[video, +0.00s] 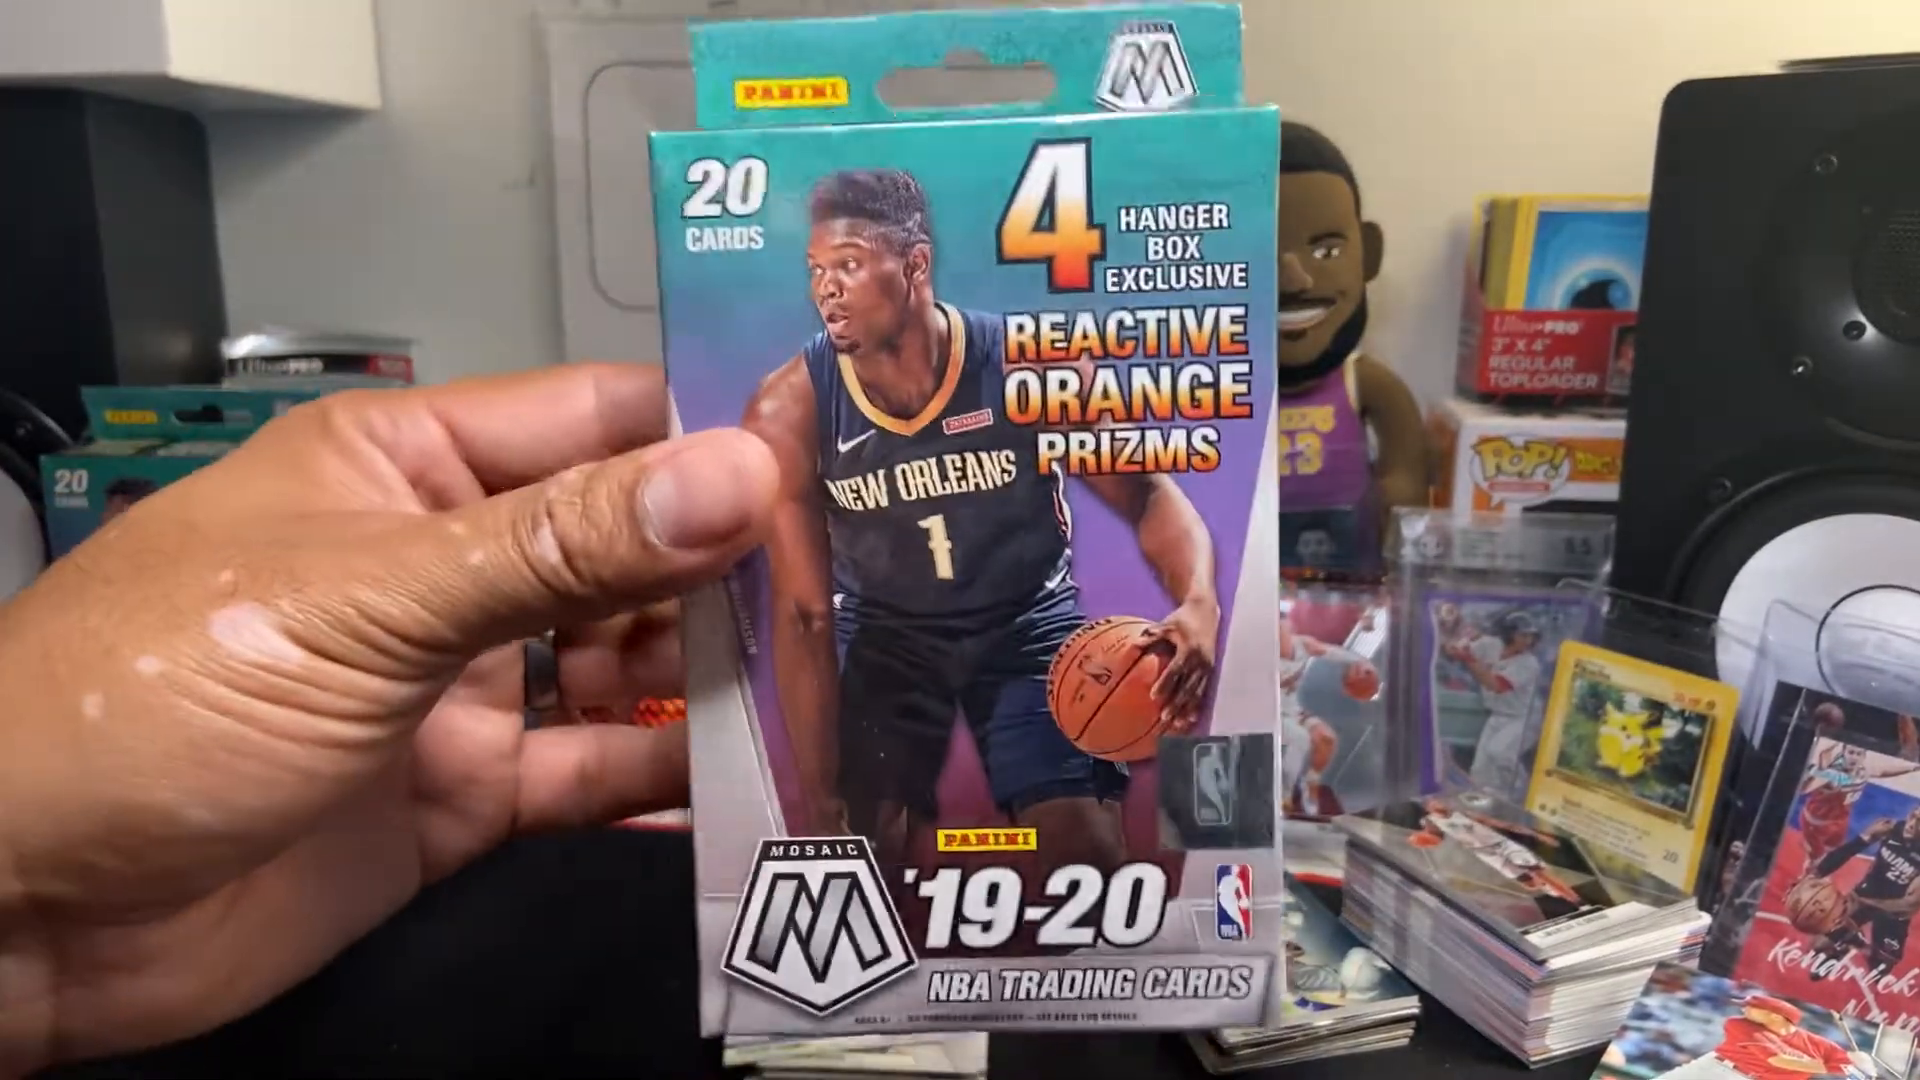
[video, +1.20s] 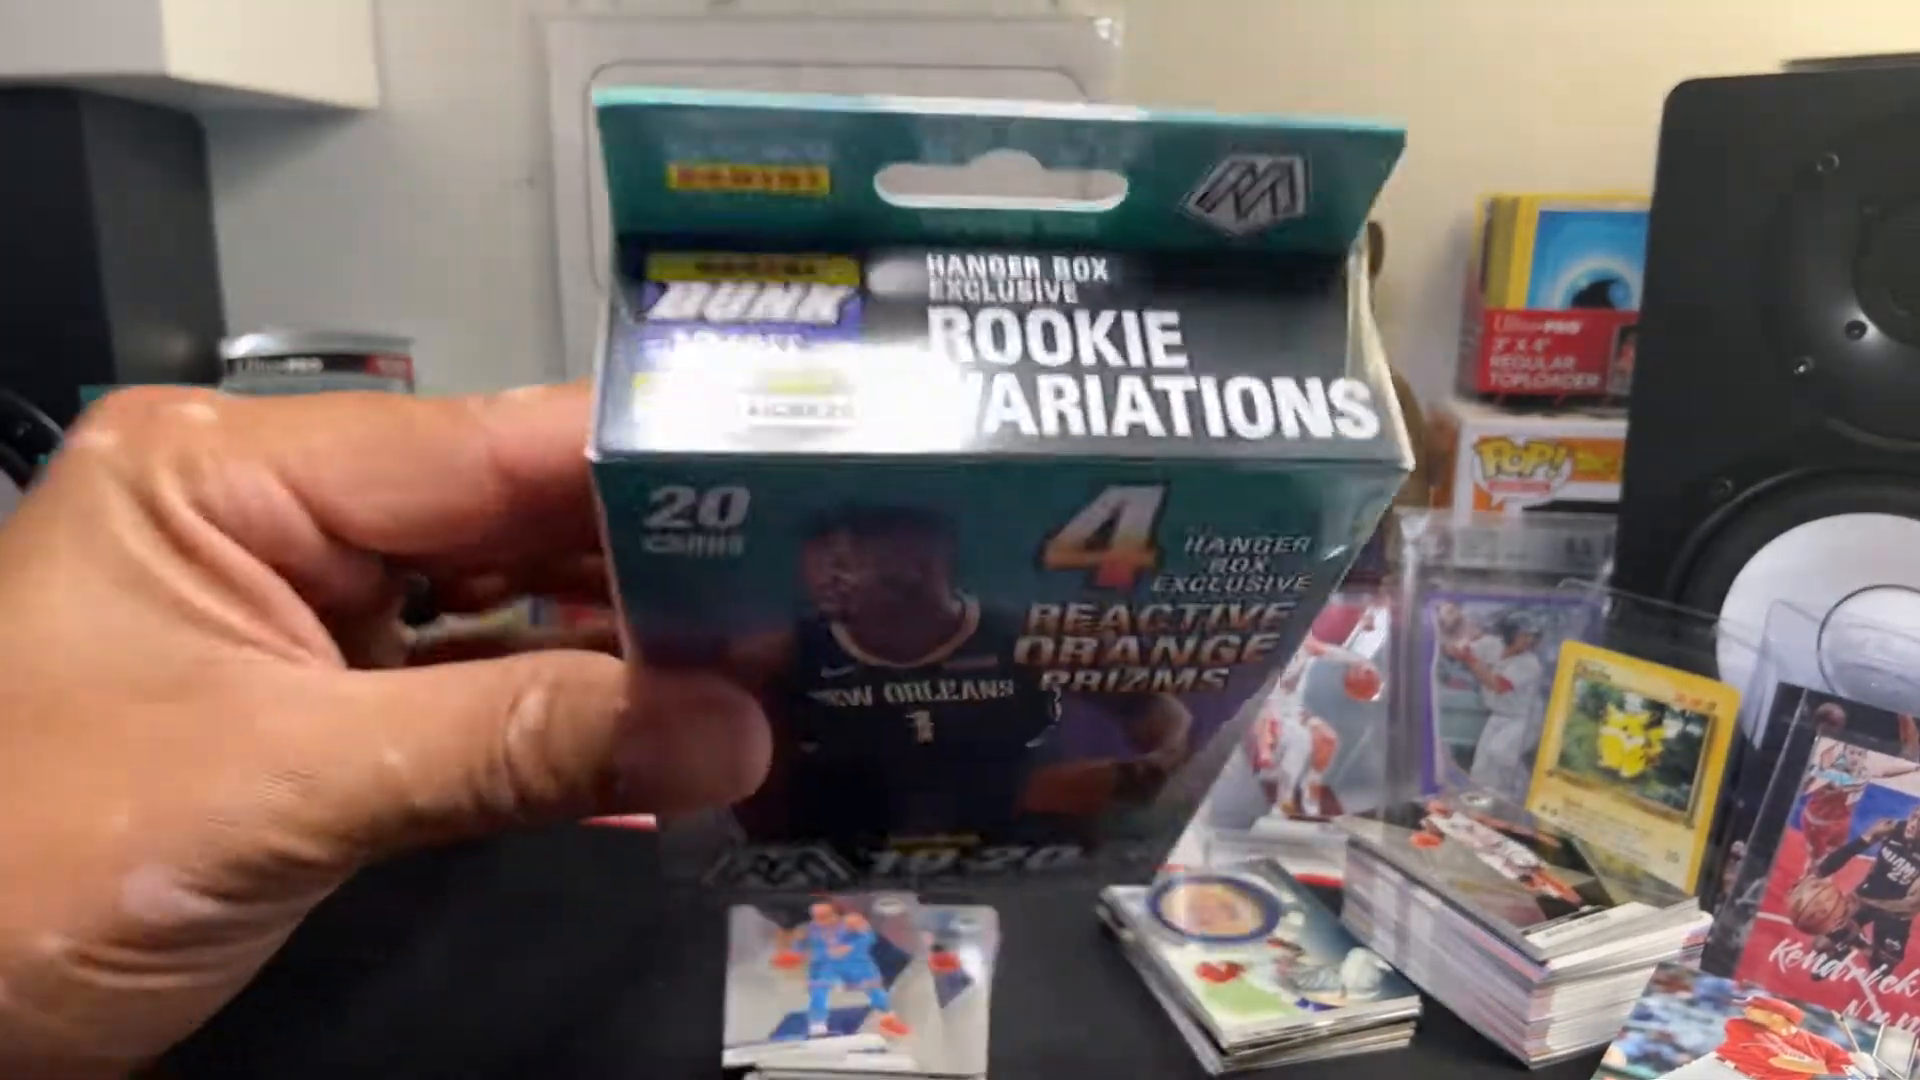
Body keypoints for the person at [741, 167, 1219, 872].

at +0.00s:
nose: (825, 291)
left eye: (847, 266)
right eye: (816, 271)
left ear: (917, 267)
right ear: (809, 278)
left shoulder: (1024, 366)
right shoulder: (791, 409)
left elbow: (1144, 495)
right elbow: (803, 616)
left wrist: (1199, 602)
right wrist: (817, 798)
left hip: (1031, 625)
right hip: (888, 635)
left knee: (1082, 848)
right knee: (866, 848)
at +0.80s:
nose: (790, 376)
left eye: (811, 351)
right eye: (780, 357)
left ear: (876, 352)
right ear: (773, 364)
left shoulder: (976, 444)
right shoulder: (757, 487)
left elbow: (1092, 565)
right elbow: (769, 680)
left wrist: (1143, 669)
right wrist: (786, 853)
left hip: (985, 694)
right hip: (855, 707)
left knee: (1038, 893)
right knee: (824, 903)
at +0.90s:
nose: (802, 398)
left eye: (823, 375)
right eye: (792, 378)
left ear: (892, 374)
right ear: (785, 383)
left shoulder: (997, 469)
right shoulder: (767, 512)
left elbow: (1113, 595)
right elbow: (780, 707)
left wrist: (1162, 694)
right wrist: (789, 884)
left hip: (996, 733)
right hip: (865, 743)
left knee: (1052, 917)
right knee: (849, 943)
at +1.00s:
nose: (862, 470)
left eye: (883, 443)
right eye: (839, 449)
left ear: (927, 451)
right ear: (814, 466)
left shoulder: (1026, 553)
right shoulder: (794, 588)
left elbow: (1147, 662)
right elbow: (793, 762)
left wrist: (1181, 761)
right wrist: (810, 922)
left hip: (1014, 820)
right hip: (875, 828)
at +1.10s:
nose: (878, 572)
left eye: (896, 553)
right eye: (862, 555)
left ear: (947, 555)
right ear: (836, 567)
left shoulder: (1034, 641)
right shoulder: (808, 663)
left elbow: (1155, 717)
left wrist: (1171, 782)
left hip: (1017, 915)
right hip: (864, 919)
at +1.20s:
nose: (832, 579)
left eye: (854, 563)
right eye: (826, 562)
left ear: (926, 563)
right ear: (813, 567)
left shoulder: (1022, 641)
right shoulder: (791, 663)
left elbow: (1151, 703)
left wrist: (1159, 755)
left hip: (986, 900)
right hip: (837, 903)